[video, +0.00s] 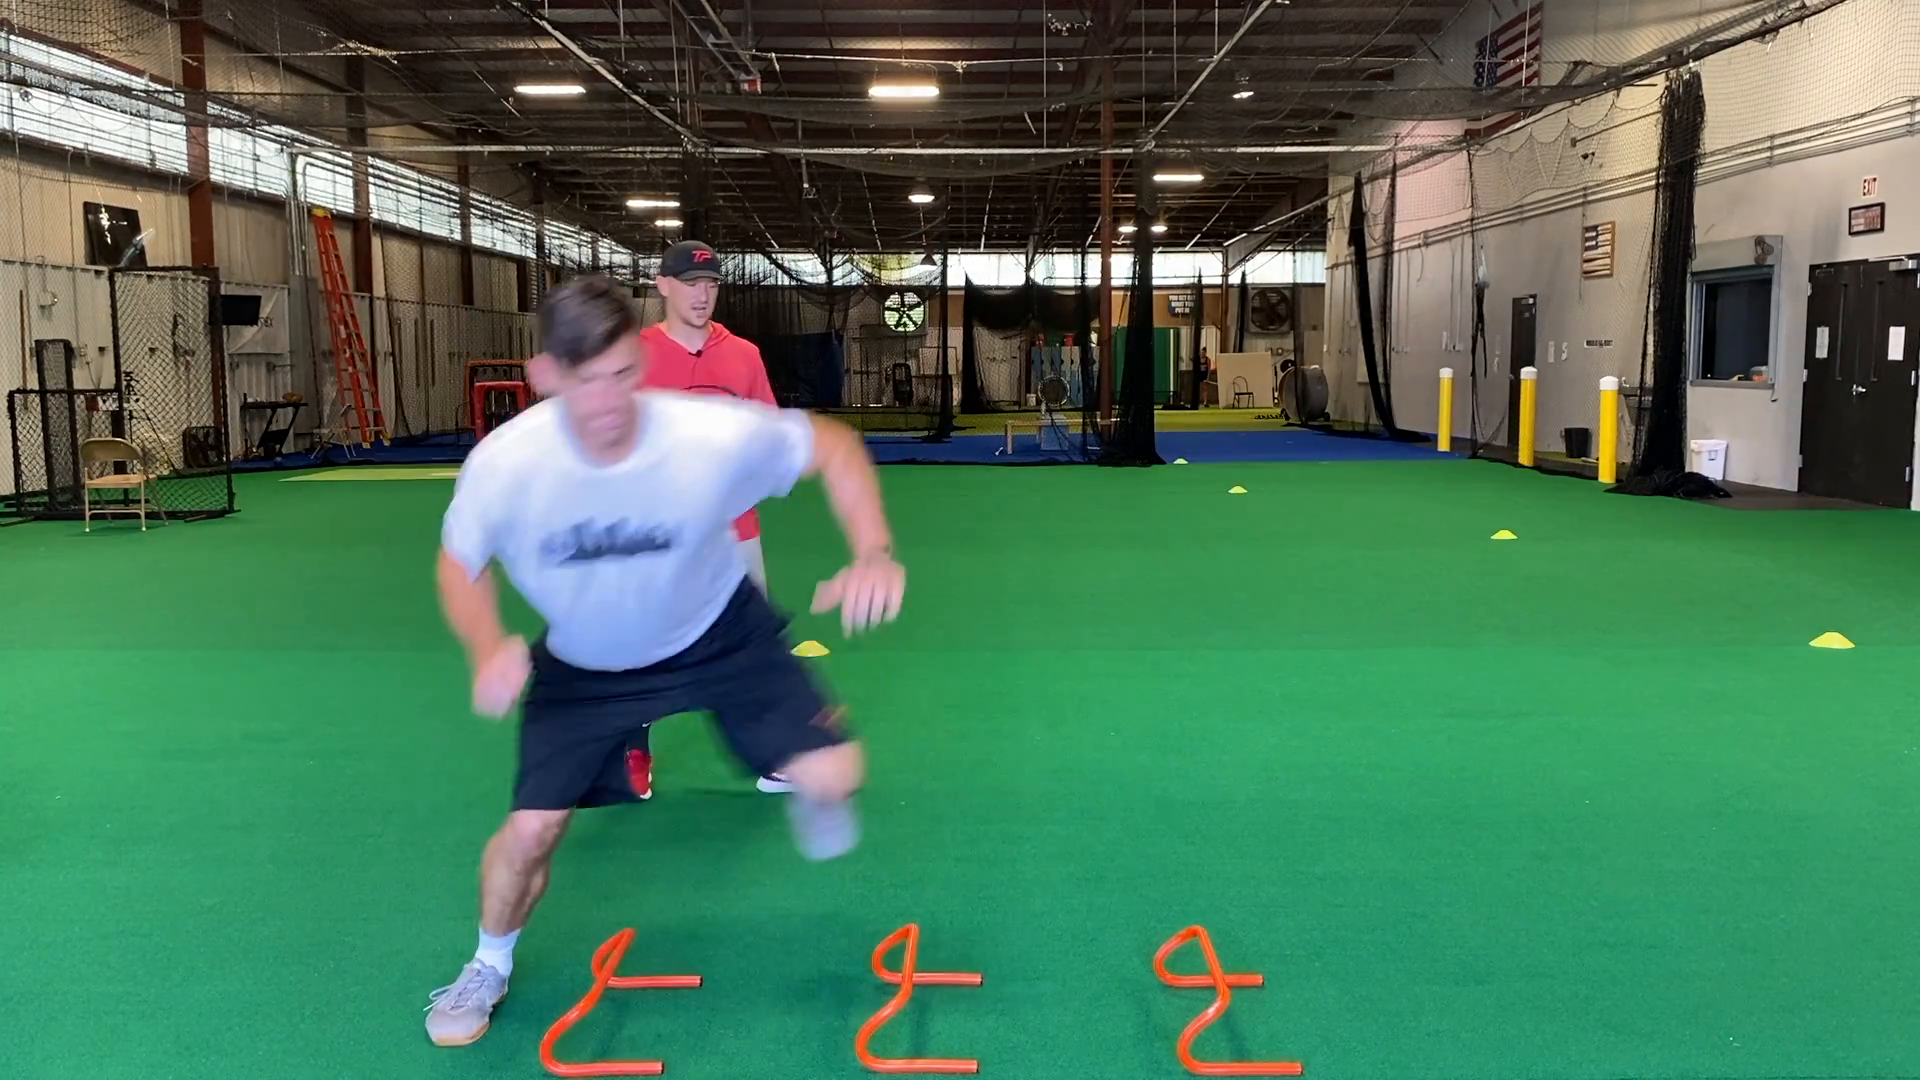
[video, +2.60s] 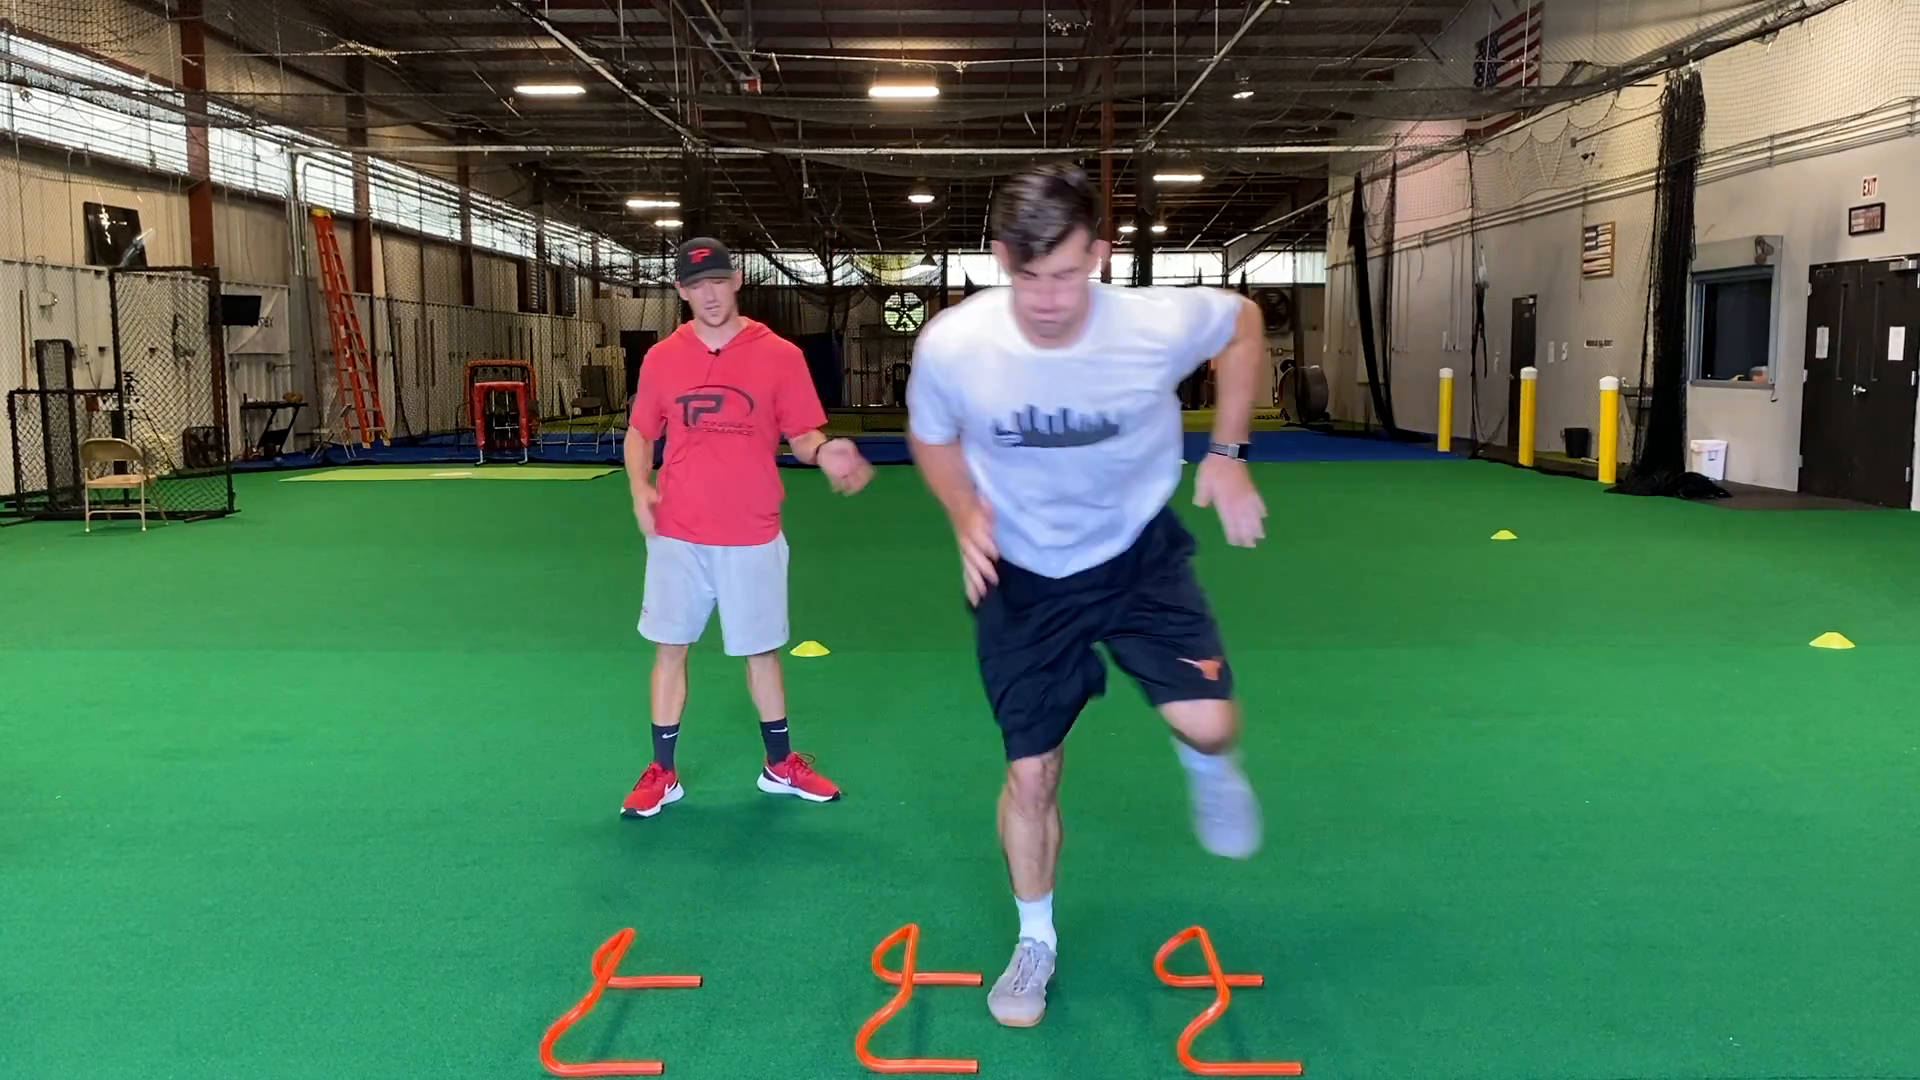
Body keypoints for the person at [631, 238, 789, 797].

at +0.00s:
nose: (701, 295)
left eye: (709, 285)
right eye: (689, 284)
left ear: (718, 290)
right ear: (662, 287)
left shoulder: (743, 356)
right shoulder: (634, 357)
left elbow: (777, 442)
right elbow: (618, 441)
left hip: (731, 527)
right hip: (651, 530)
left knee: (753, 645)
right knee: (630, 642)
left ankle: (778, 754)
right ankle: (633, 747)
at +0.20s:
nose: (744, 299)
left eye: (752, 287)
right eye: (732, 287)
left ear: (763, 288)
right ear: (706, 288)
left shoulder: (776, 348)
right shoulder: (681, 351)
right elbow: (667, 435)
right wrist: (740, 450)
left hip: (764, 523)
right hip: (699, 524)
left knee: (771, 645)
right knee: (676, 640)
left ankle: (780, 759)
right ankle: (645, 754)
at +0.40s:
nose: (789, 289)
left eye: (796, 278)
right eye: (776, 278)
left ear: (801, 285)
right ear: (748, 282)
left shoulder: (808, 355)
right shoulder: (716, 349)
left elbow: (808, 438)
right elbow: (723, 430)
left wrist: (841, 438)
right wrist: (803, 401)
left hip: (792, 526)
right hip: (728, 525)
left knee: (779, 638)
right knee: (700, 634)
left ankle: (780, 761)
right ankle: (647, 739)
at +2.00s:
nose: (816, 294)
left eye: (823, 285)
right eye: (805, 283)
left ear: (832, 291)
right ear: (779, 285)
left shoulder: (838, 364)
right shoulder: (745, 347)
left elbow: (842, 447)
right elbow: (735, 430)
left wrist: (875, 478)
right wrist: (799, 489)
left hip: (807, 525)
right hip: (745, 519)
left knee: (785, 640)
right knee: (727, 633)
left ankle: (781, 762)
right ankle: (677, 747)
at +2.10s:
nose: (808, 295)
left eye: (817, 286)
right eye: (798, 284)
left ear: (827, 291)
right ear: (774, 286)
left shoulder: (837, 365)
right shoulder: (737, 348)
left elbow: (844, 445)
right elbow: (723, 434)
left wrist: (883, 464)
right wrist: (759, 510)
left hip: (804, 528)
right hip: (737, 520)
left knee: (783, 643)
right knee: (717, 636)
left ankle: (781, 762)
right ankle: (676, 752)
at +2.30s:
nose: (784, 296)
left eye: (794, 286)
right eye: (774, 285)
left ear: (806, 290)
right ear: (753, 287)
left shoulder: (829, 362)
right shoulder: (717, 351)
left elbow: (853, 446)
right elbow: (687, 443)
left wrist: (875, 428)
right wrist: (673, 526)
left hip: (791, 534)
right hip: (718, 529)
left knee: (780, 646)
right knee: (694, 642)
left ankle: (781, 762)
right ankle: (669, 764)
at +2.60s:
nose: (710, 295)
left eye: (719, 282)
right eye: (697, 287)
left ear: (737, 282)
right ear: (682, 292)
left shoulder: (778, 355)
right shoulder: (662, 358)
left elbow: (803, 436)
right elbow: (640, 434)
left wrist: (831, 451)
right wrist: (641, 489)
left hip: (753, 533)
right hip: (678, 531)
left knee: (762, 647)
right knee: (671, 645)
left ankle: (781, 762)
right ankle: (663, 770)